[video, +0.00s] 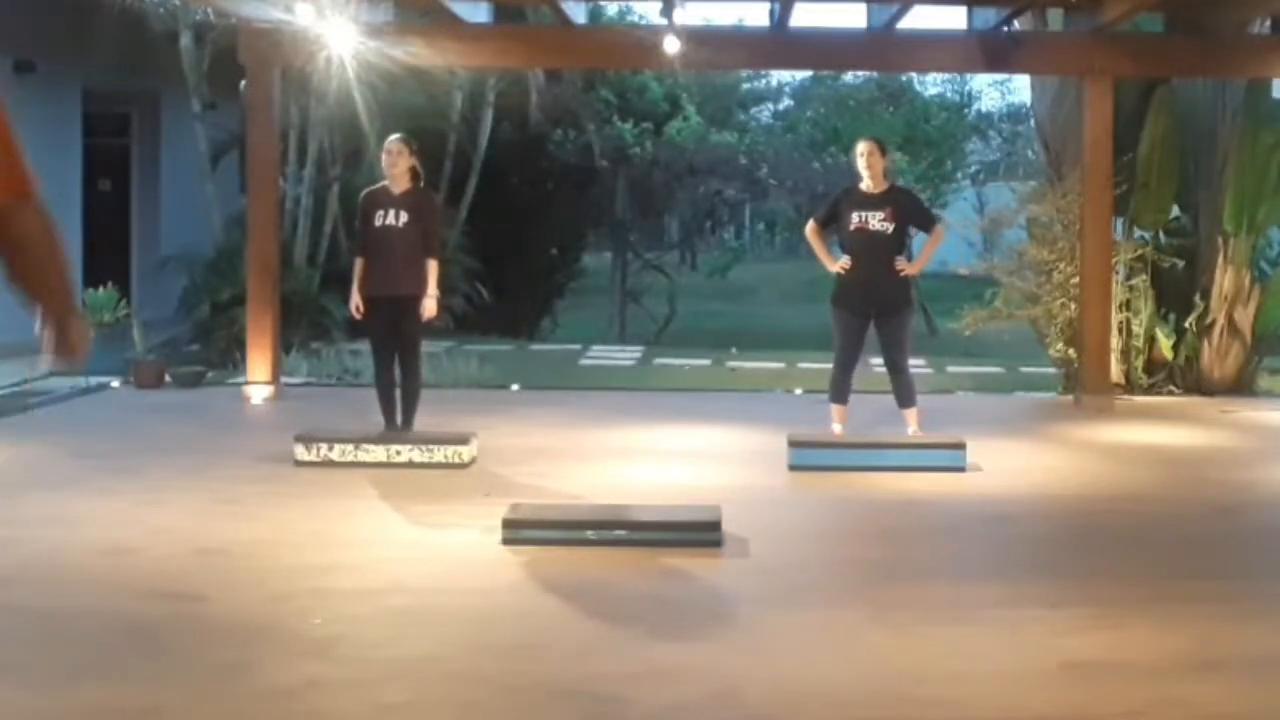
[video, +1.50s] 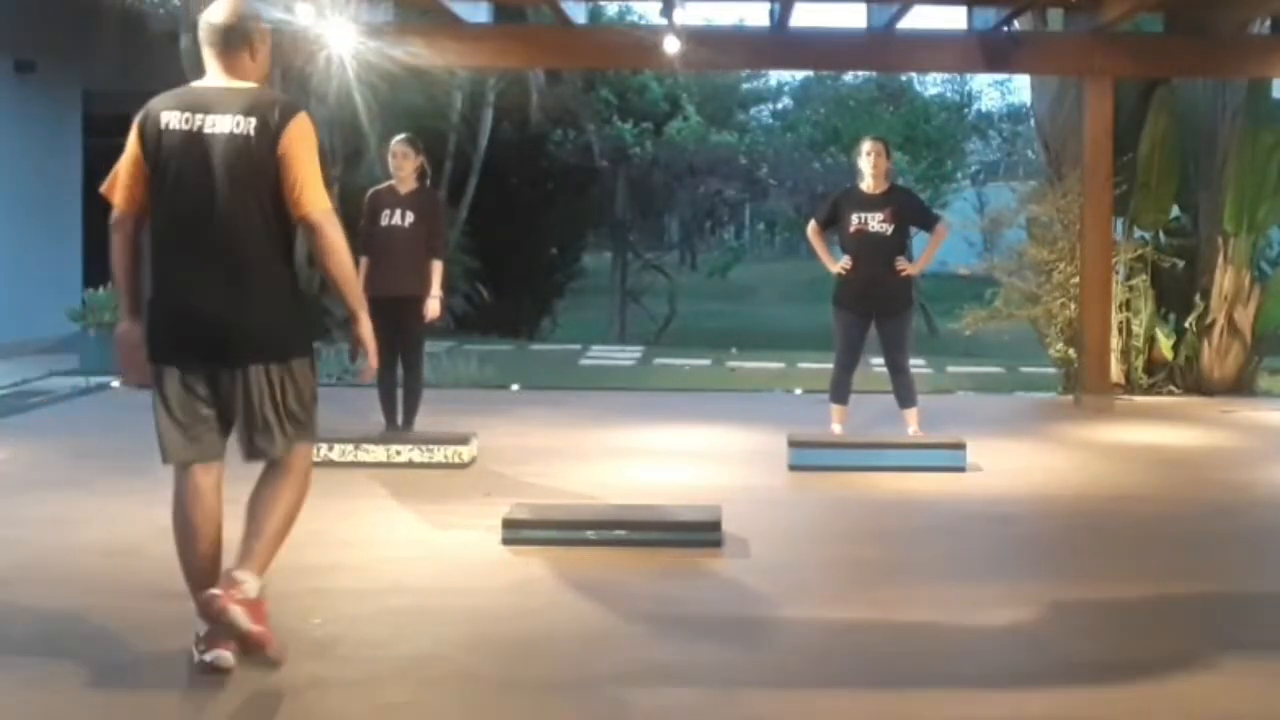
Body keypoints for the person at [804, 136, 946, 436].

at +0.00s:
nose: (866, 160)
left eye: (871, 155)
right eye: (861, 156)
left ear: (884, 160)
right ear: (855, 162)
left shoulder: (902, 198)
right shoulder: (845, 198)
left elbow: (938, 230)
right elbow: (811, 228)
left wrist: (919, 264)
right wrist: (830, 261)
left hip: (892, 287)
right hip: (852, 287)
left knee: (897, 362)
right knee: (845, 359)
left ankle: (913, 429)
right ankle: (838, 430)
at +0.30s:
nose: (862, 161)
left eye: (867, 155)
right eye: (857, 156)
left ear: (882, 160)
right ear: (852, 164)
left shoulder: (901, 198)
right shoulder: (842, 200)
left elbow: (937, 229)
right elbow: (811, 231)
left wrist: (918, 264)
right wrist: (830, 262)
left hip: (892, 288)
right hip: (852, 288)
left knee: (897, 361)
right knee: (844, 359)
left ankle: (913, 429)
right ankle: (838, 430)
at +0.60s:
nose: (865, 161)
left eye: (870, 155)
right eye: (860, 156)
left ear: (884, 160)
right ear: (855, 164)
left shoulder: (904, 199)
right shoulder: (844, 200)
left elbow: (940, 229)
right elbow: (815, 231)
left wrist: (920, 264)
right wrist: (834, 262)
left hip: (895, 289)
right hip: (855, 289)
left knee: (899, 361)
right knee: (847, 359)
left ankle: (913, 429)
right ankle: (837, 428)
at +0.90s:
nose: (869, 160)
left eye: (874, 155)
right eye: (864, 156)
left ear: (888, 161)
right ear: (859, 164)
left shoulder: (907, 199)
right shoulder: (847, 200)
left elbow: (943, 230)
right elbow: (818, 230)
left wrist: (922, 264)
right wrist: (835, 263)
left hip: (896, 288)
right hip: (857, 288)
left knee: (900, 361)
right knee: (849, 359)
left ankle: (914, 429)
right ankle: (838, 429)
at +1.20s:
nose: (874, 159)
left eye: (879, 154)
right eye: (869, 153)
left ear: (890, 161)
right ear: (861, 160)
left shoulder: (906, 198)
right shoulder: (846, 199)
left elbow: (943, 229)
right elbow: (817, 229)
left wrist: (922, 265)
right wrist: (835, 262)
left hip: (896, 288)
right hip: (856, 288)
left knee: (900, 361)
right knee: (849, 359)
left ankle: (914, 429)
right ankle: (838, 428)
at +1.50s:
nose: (872, 159)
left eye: (877, 154)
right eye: (867, 154)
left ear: (888, 161)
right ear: (858, 161)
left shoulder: (903, 199)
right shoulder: (844, 199)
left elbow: (941, 229)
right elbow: (813, 229)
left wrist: (919, 265)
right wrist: (831, 263)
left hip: (893, 289)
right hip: (853, 289)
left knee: (898, 362)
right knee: (845, 359)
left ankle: (913, 429)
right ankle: (837, 429)